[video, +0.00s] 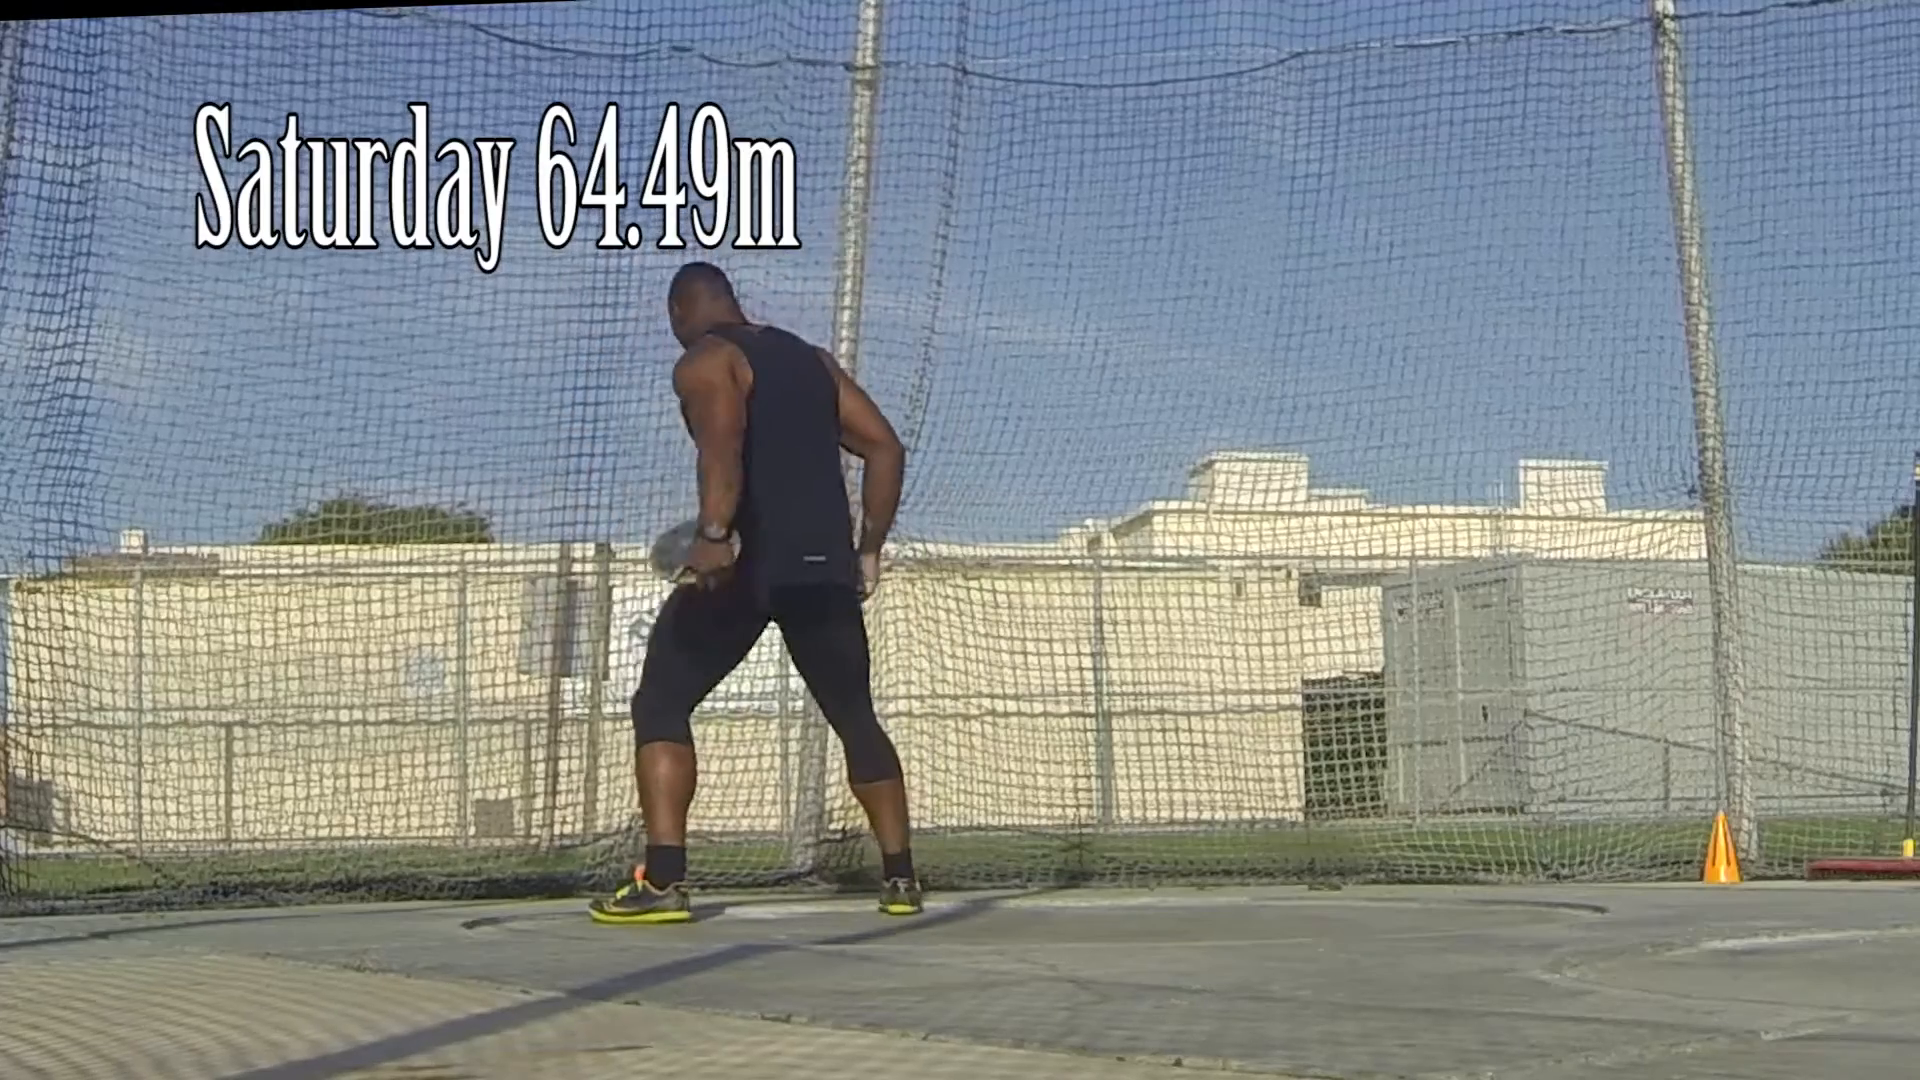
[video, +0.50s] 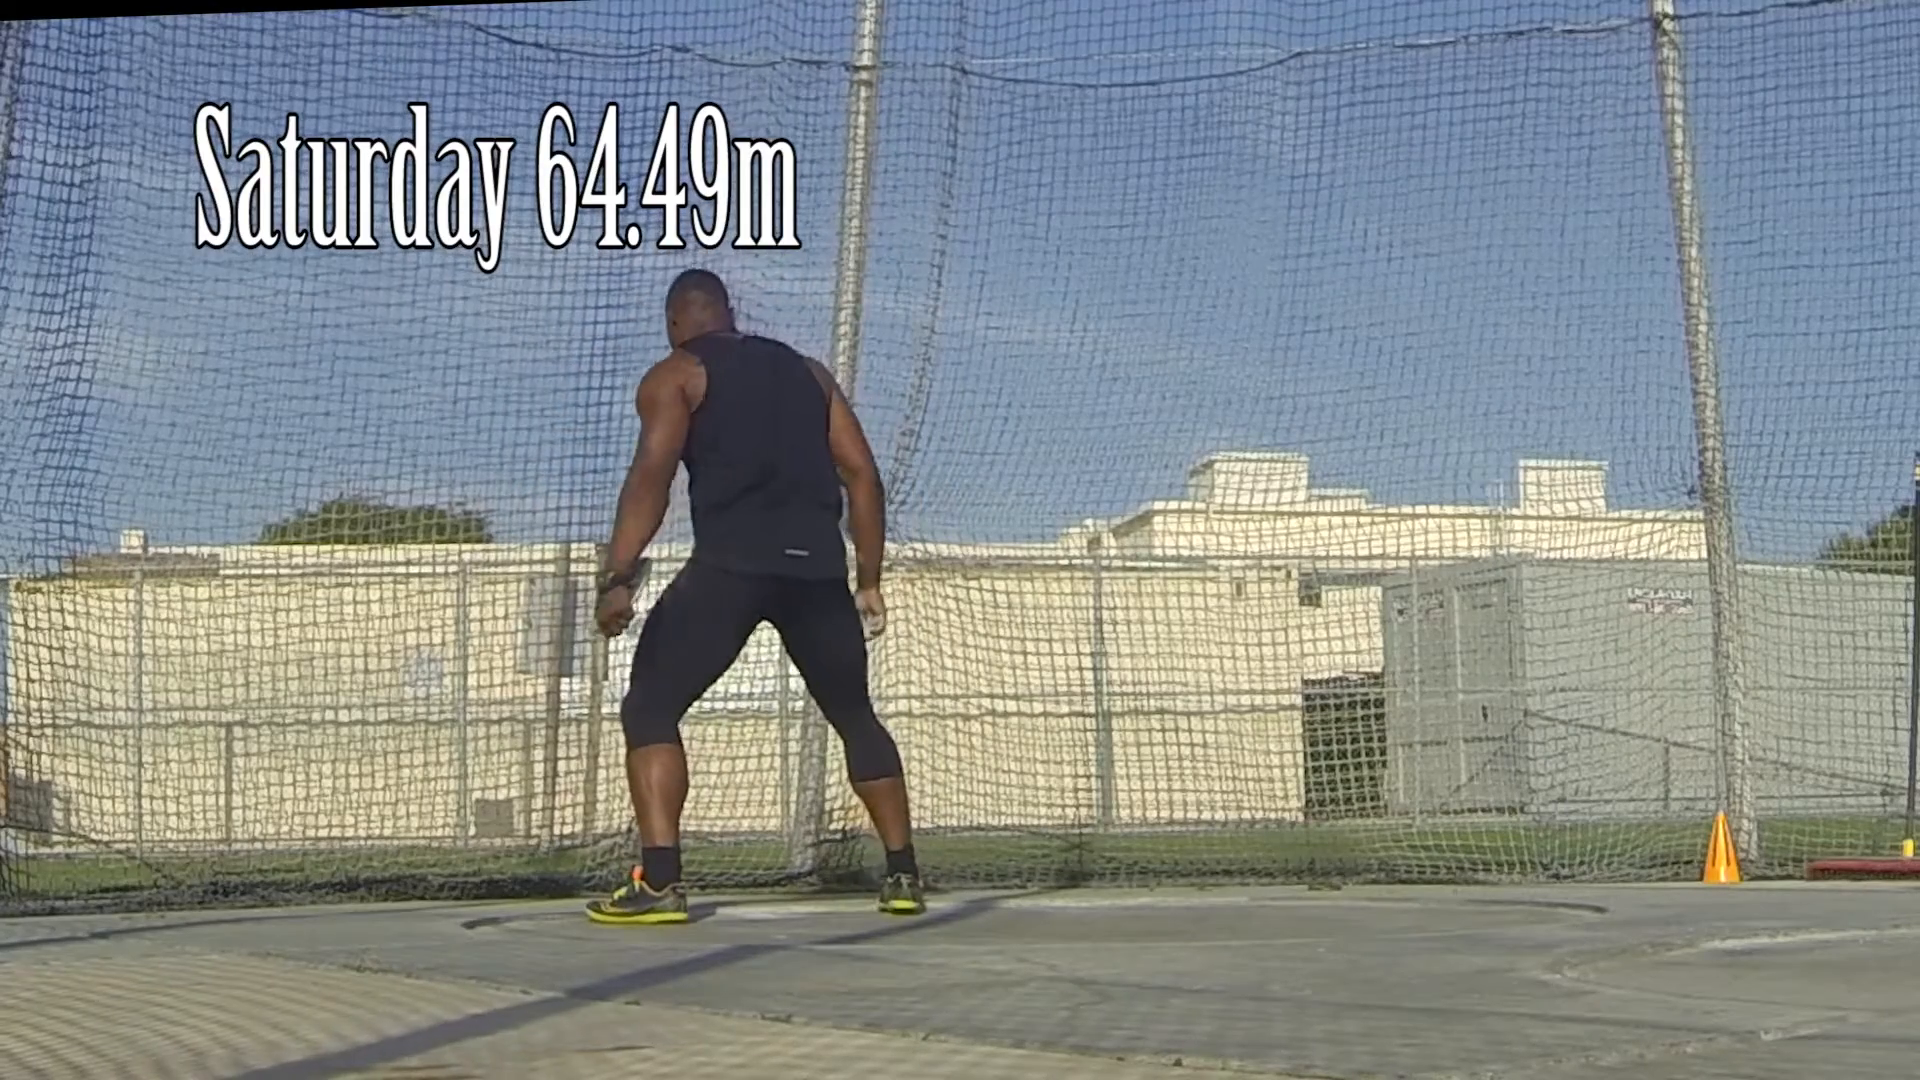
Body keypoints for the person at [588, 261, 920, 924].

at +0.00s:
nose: (677, 334)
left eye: (675, 322)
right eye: (675, 324)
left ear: (685, 313)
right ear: (733, 303)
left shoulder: (703, 358)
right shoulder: (808, 359)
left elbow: (721, 439)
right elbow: (884, 447)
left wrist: (712, 531)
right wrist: (871, 546)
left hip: (746, 568)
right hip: (827, 568)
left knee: (660, 704)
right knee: (857, 718)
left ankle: (662, 880)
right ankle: (900, 877)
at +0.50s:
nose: (671, 335)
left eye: (670, 326)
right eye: (674, 327)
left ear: (677, 322)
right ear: (731, 315)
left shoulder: (675, 375)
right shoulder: (807, 371)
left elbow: (652, 475)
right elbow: (863, 471)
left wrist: (620, 577)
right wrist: (870, 577)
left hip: (728, 570)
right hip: (819, 574)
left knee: (650, 709)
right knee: (856, 715)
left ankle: (659, 882)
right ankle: (903, 873)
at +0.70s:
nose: (690, 303)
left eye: (686, 293)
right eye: (701, 289)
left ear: (682, 298)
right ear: (743, 294)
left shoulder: (661, 377)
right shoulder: (814, 365)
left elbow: (636, 503)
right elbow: (826, 480)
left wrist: (620, 599)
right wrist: (785, 540)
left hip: (720, 565)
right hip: (809, 565)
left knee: (647, 709)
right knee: (852, 716)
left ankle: (658, 883)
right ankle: (901, 876)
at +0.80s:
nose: (723, 295)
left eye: (715, 283)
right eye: (736, 284)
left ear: (705, 290)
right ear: (766, 291)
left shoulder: (676, 365)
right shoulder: (826, 363)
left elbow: (651, 490)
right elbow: (816, 466)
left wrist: (670, 554)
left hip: (722, 562)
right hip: (810, 566)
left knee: (654, 708)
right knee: (850, 716)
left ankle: (658, 882)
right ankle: (901, 876)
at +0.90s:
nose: (729, 290)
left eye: (731, 279)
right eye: (743, 278)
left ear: (735, 285)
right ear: (790, 289)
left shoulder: (699, 356)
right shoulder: (837, 362)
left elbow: (668, 474)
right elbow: (828, 460)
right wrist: (738, 433)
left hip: (732, 560)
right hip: (817, 565)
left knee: (668, 704)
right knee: (850, 715)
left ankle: (659, 880)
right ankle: (900, 876)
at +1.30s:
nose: (822, 306)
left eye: (817, 294)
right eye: (851, 299)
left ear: (814, 296)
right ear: (874, 306)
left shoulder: (787, 351)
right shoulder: (905, 389)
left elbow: (722, 443)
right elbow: (866, 466)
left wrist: (720, 497)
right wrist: (787, 496)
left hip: (773, 557)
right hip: (851, 573)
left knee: (696, 694)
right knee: (853, 718)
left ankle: (659, 863)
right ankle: (898, 876)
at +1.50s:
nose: (849, 318)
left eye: (846, 308)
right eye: (880, 315)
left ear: (841, 311)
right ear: (902, 324)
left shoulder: (796, 352)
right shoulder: (926, 413)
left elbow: (725, 445)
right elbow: (916, 518)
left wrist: (744, 515)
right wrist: (876, 557)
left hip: (769, 554)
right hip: (850, 577)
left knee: (687, 693)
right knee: (853, 719)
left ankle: (665, 866)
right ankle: (899, 877)